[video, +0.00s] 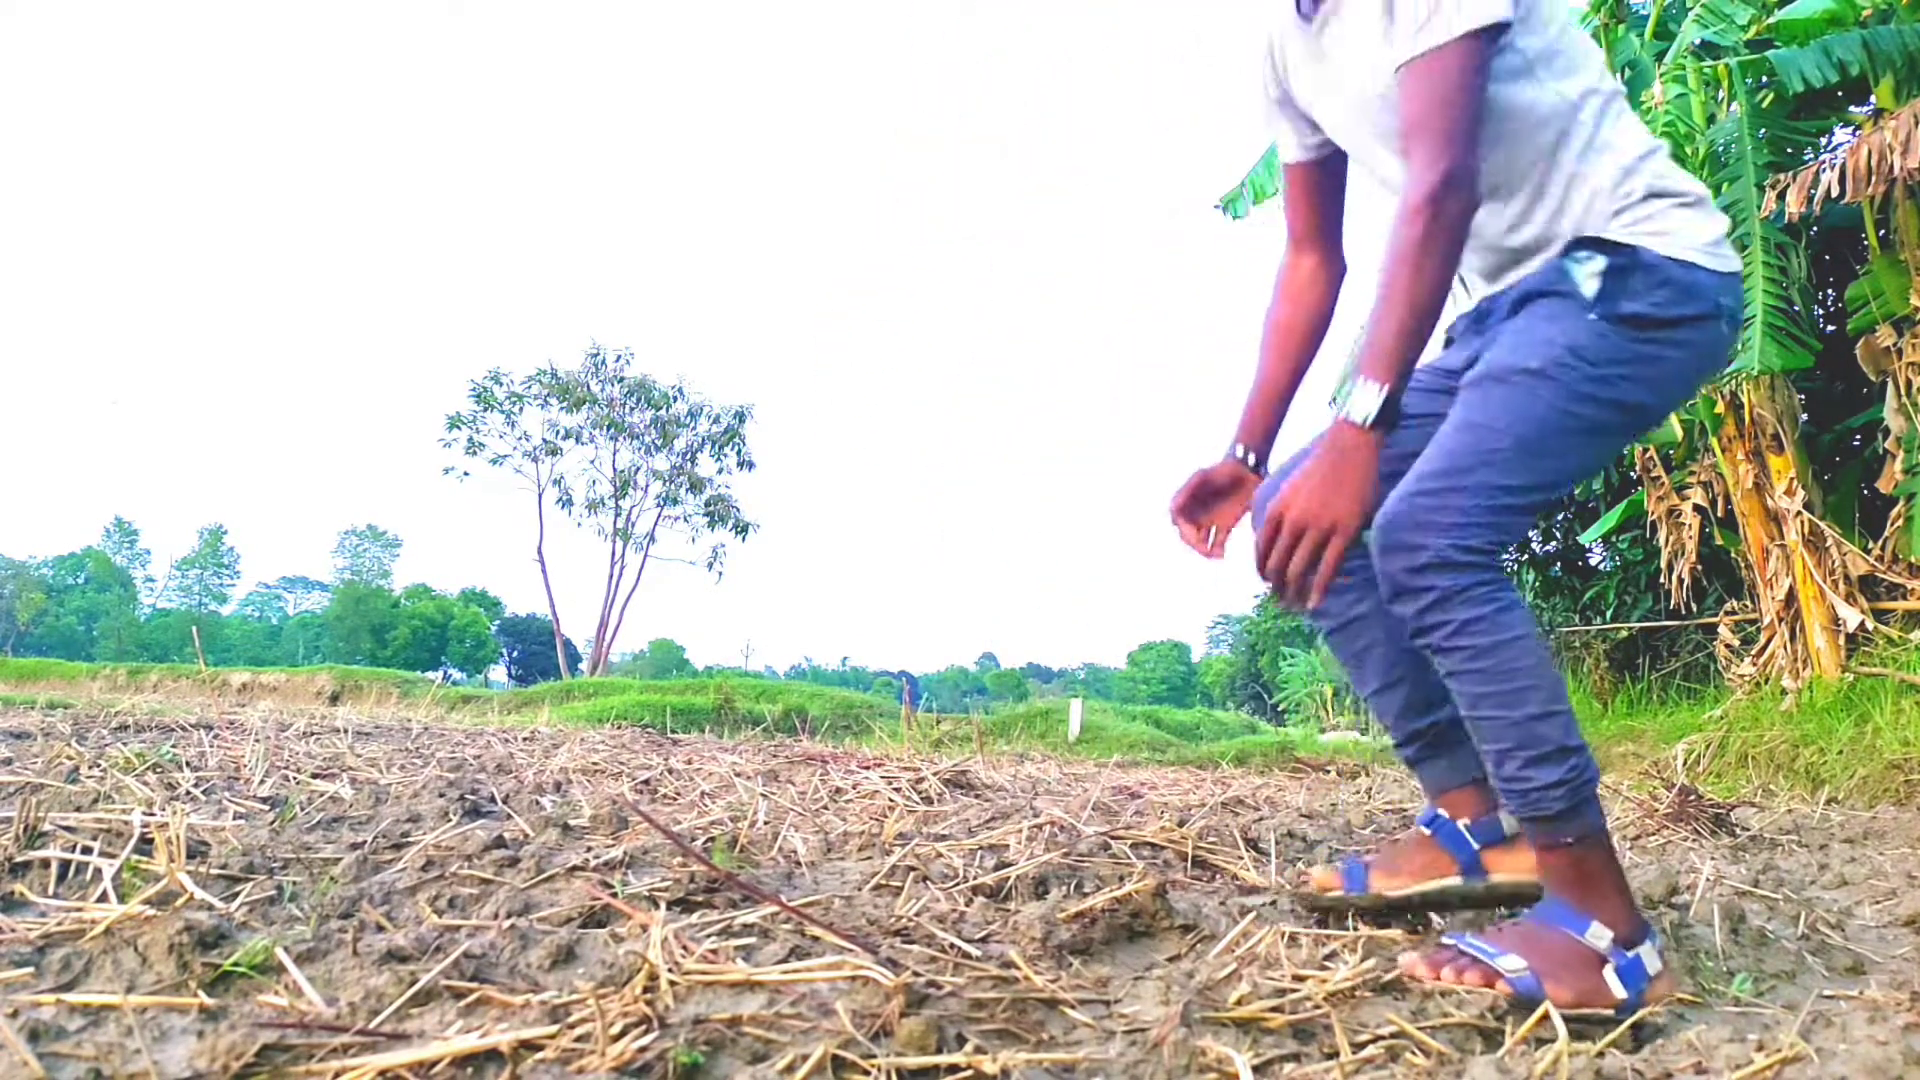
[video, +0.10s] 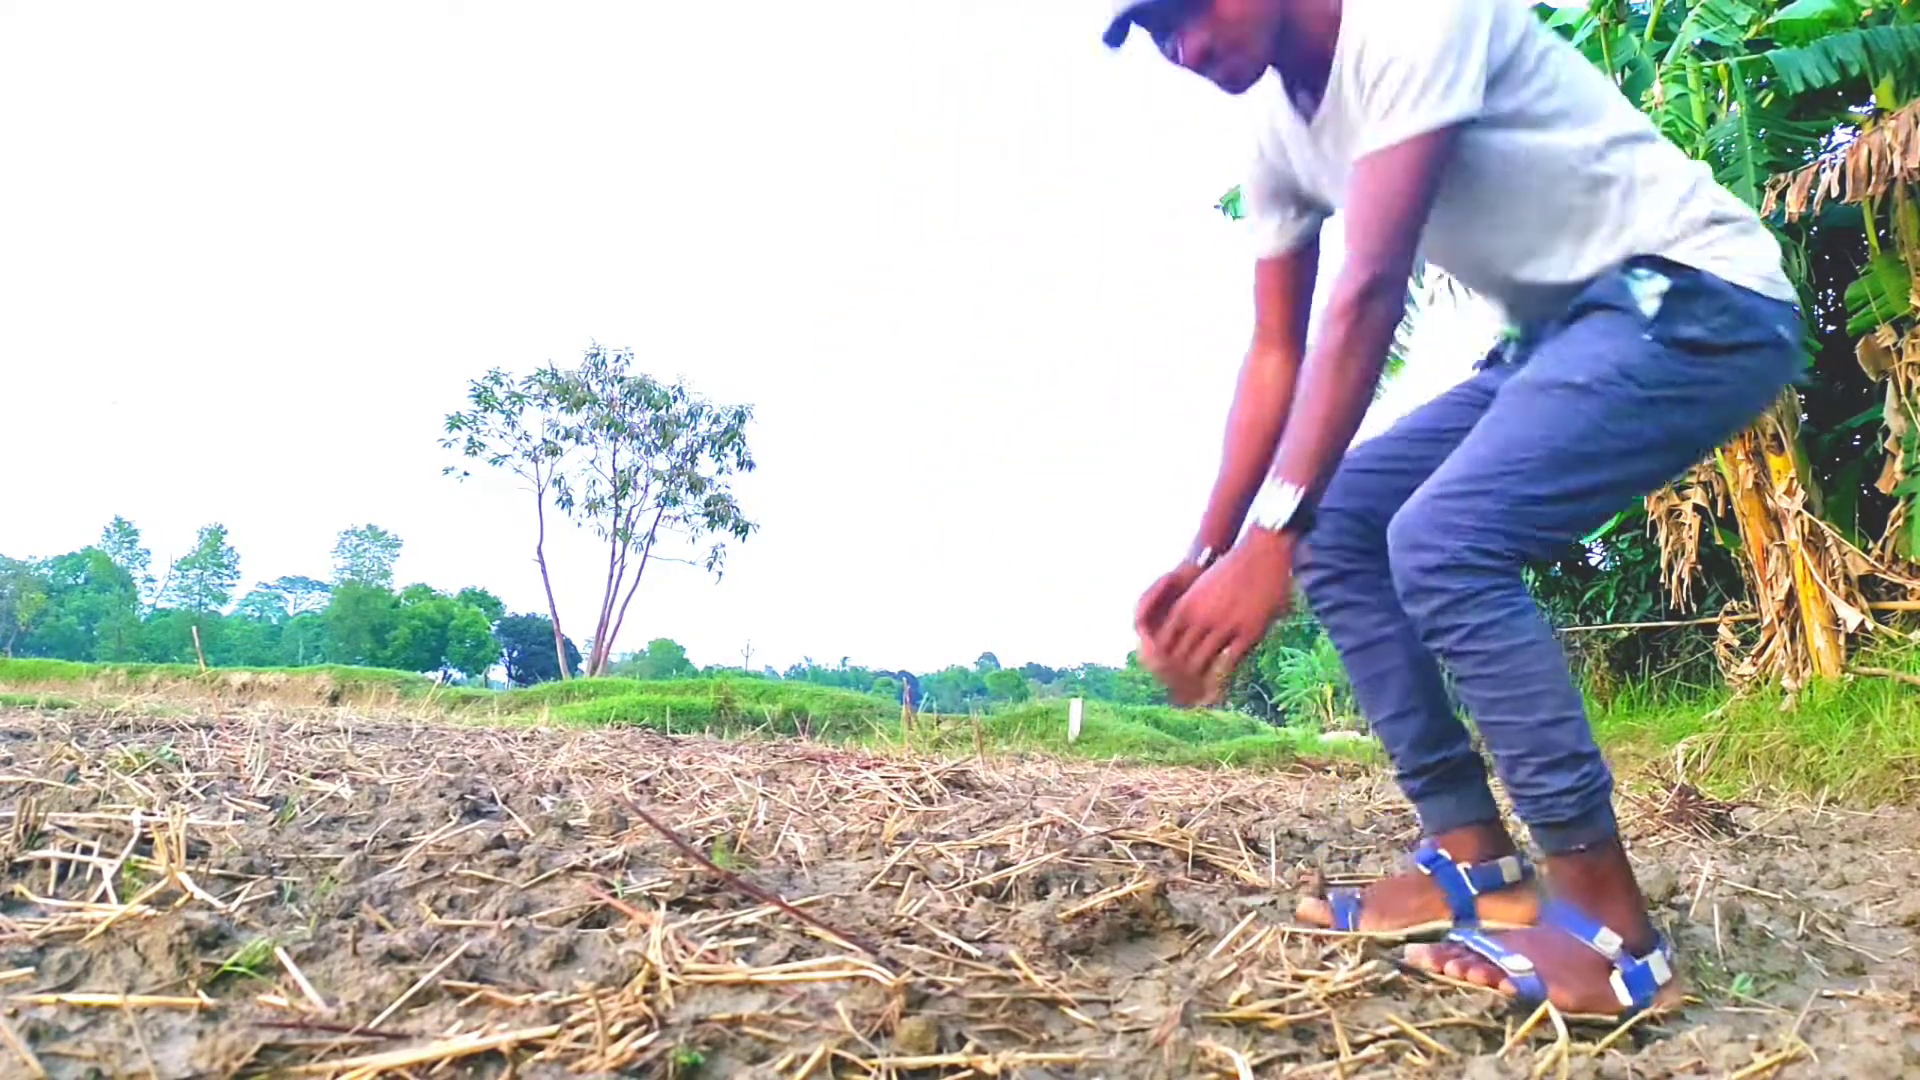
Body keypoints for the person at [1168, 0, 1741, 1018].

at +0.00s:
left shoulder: (1439, 4)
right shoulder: (1289, 37)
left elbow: (1441, 190)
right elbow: (1310, 251)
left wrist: (1357, 427)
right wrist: (1249, 450)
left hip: (1631, 268)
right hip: (1506, 303)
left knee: (1426, 541)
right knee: (1310, 531)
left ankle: (1599, 921)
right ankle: (1477, 825)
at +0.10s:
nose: (1179, 55)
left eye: (1180, 18)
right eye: (1157, 39)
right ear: (1162, 42)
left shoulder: (1418, 24)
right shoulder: (1276, 129)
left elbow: (1364, 300)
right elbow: (1275, 344)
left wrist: (1272, 538)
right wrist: (1208, 549)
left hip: (1693, 299)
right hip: (1564, 326)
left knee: (1442, 543)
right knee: (1332, 530)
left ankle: (1607, 926)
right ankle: (1472, 861)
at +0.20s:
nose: (1186, 140)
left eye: (1190, 91)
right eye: (1153, 129)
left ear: (1257, 40)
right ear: (1147, 149)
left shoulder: (1408, 103)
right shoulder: (1267, 230)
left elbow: (1321, 392)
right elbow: (1231, 436)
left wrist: (1187, 614)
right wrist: (1142, 621)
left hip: (1714, 346)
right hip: (1583, 374)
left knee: (1438, 541)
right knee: (1332, 531)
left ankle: (1603, 924)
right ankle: (1471, 875)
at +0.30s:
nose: (1185, 259)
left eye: (1191, 211)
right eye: (1149, 250)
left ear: (1251, 168)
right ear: (1142, 270)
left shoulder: (1386, 222)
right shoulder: (1262, 335)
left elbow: (1265, 512)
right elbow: (1192, 523)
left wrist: (1087, 701)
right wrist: (1060, 687)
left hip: (1720, 457)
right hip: (1596, 469)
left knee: (1424, 543)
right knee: (1310, 552)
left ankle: (1581, 917)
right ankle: (1463, 880)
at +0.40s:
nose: (1175, 334)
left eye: (1184, 286)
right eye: (1140, 321)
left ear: (1256, 247)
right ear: (1134, 342)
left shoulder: (1371, 342)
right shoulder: (1250, 416)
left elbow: (1221, 606)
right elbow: (1182, 603)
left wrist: (1039, 769)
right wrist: (1037, 763)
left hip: (1696, 618)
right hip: (1584, 638)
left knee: (1383, 558)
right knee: (1274, 579)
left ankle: (1569, 898)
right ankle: (1454, 873)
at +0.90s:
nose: (1177, 293)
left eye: (1205, 250)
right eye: (1148, 275)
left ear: (1277, 247)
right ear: (1138, 306)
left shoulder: (1361, 370)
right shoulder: (1247, 449)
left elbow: (1177, 613)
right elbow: (1182, 632)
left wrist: (984, 697)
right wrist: (984, 696)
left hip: (1629, 706)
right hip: (1522, 724)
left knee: (1306, 588)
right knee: (1216, 617)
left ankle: (1543, 883)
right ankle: (1443, 869)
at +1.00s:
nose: (1189, 268)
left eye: (1218, 227)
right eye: (1160, 251)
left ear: (1292, 232)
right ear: (1150, 286)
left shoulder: (1377, 347)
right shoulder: (1273, 430)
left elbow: (1167, 569)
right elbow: (1159, 607)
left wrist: (960, 606)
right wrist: (976, 614)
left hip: (1620, 695)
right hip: (1509, 717)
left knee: (1306, 592)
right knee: (1197, 608)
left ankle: (1546, 878)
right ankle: (1443, 872)